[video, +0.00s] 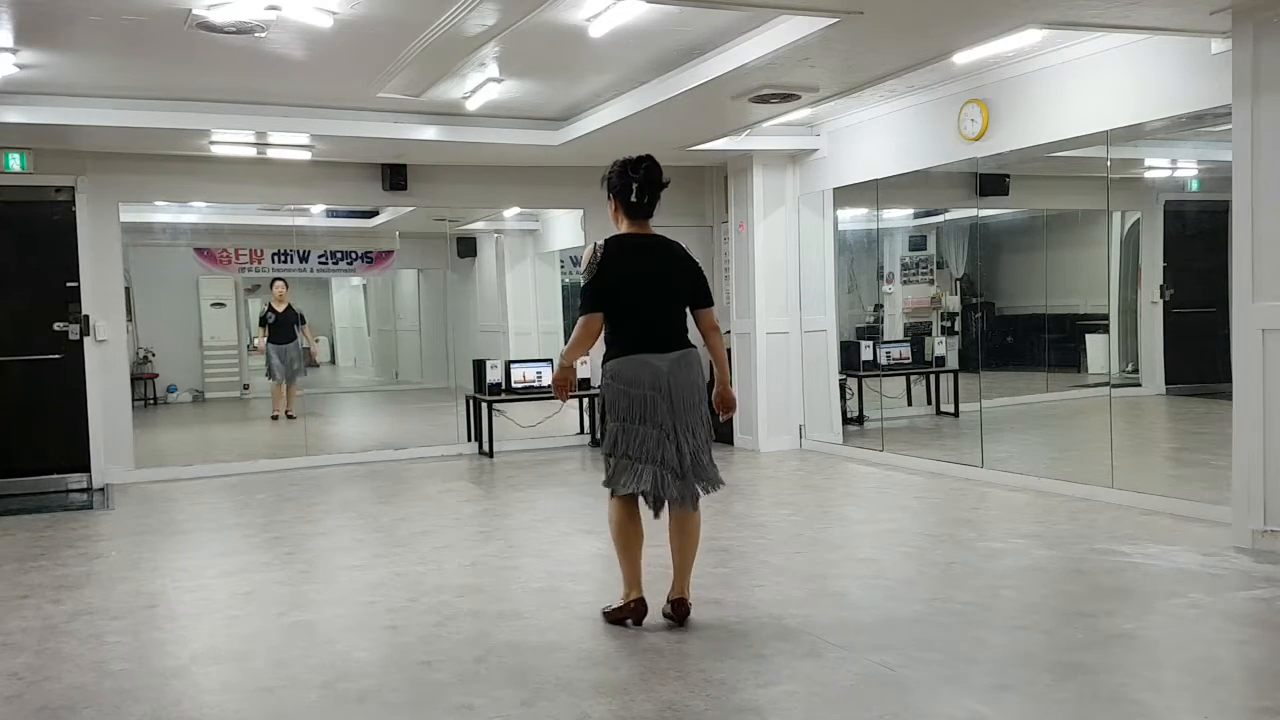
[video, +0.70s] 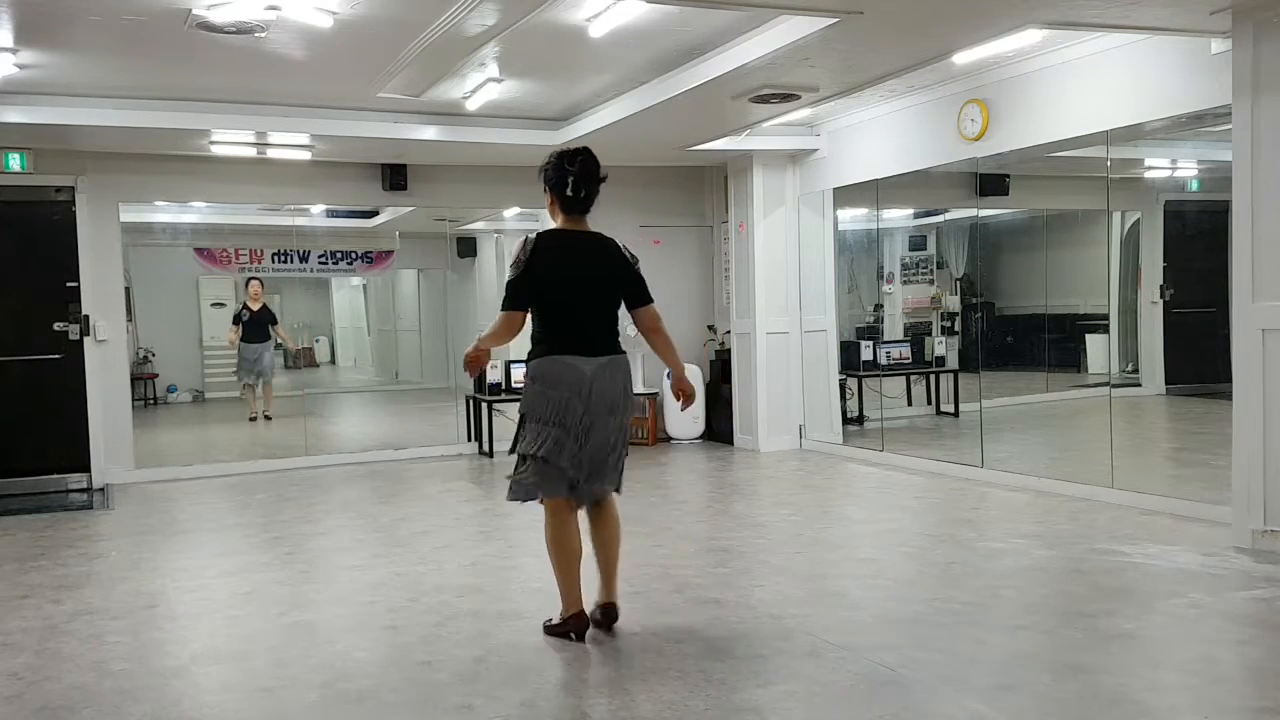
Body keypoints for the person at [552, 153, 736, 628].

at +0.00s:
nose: (608, 208)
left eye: (608, 202)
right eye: (612, 201)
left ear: (613, 204)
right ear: (656, 203)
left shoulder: (605, 255)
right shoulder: (678, 254)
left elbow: (591, 323)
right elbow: (709, 324)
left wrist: (566, 363)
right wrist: (724, 378)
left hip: (626, 373)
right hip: (683, 370)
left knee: (623, 483)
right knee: (684, 481)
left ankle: (633, 596)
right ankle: (680, 594)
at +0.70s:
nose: (546, 200)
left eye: (545, 193)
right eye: (550, 192)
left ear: (549, 197)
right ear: (595, 196)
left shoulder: (535, 250)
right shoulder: (615, 253)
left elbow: (511, 322)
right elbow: (648, 322)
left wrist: (483, 347)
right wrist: (677, 368)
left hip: (553, 377)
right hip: (610, 377)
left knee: (557, 496)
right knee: (601, 490)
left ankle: (573, 612)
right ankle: (608, 601)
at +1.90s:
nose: (428, 198)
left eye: (424, 191)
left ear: (424, 197)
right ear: (473, 195)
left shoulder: (408, 254)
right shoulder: (494, 252)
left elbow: (376, 320)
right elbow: (538, 320)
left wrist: (356, 358)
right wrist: (584, 371)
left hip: (430, 383)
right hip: (493, 382)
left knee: (448, 508)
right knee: (503, 500)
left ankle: (472, 623)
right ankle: (504, 612)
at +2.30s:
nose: (395, 200)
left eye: (392, 192)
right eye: (428, 189)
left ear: (391, 196)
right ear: (443, 193)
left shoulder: (374, 256)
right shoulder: (465, 251)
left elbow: (340, 327)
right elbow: (508, 320)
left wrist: (302, 394)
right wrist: (536, 369)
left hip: (391, 391)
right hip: (455, 391)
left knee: (434, 510)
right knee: (443, 522)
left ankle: (459, 618)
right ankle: (420, 655)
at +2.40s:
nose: (385, 196)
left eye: (382, 188)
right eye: (401, 187)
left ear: (382, 193)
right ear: (434, 191)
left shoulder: (365, 255)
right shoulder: (457, 250)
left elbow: (328, 327)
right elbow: (501, 319)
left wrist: (290, 392)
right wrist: (522, 364)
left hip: (381, 391)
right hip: (449, 389)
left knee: (411, 521)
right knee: (442, 525)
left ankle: (437, 629)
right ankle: (418, 656)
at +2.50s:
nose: (385, 195)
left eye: (376, 187)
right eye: (408, 186)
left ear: (373, 192)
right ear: (425, 190)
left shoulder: (354, 254)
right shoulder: (448, 249)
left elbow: (314, 326)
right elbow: (493, 319)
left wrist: (274, 391)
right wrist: (513, 367)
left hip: (375, 389)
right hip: (442, 385)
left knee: (392, 519)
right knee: (440, 522)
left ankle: (396, 636)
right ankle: (420, 655)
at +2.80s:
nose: (343, 188)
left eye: (338, 179)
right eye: (382, 178)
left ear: (335, 185)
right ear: (391, 185)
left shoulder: (314, 245)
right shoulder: (414, 247)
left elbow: (271, 318)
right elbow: (466, 319)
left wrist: (231, 364)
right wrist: (506, 376)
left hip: (336, 393)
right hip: (405, 391)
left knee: (341, 528)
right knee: (413, 524)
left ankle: (351, 661)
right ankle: (418, 656)